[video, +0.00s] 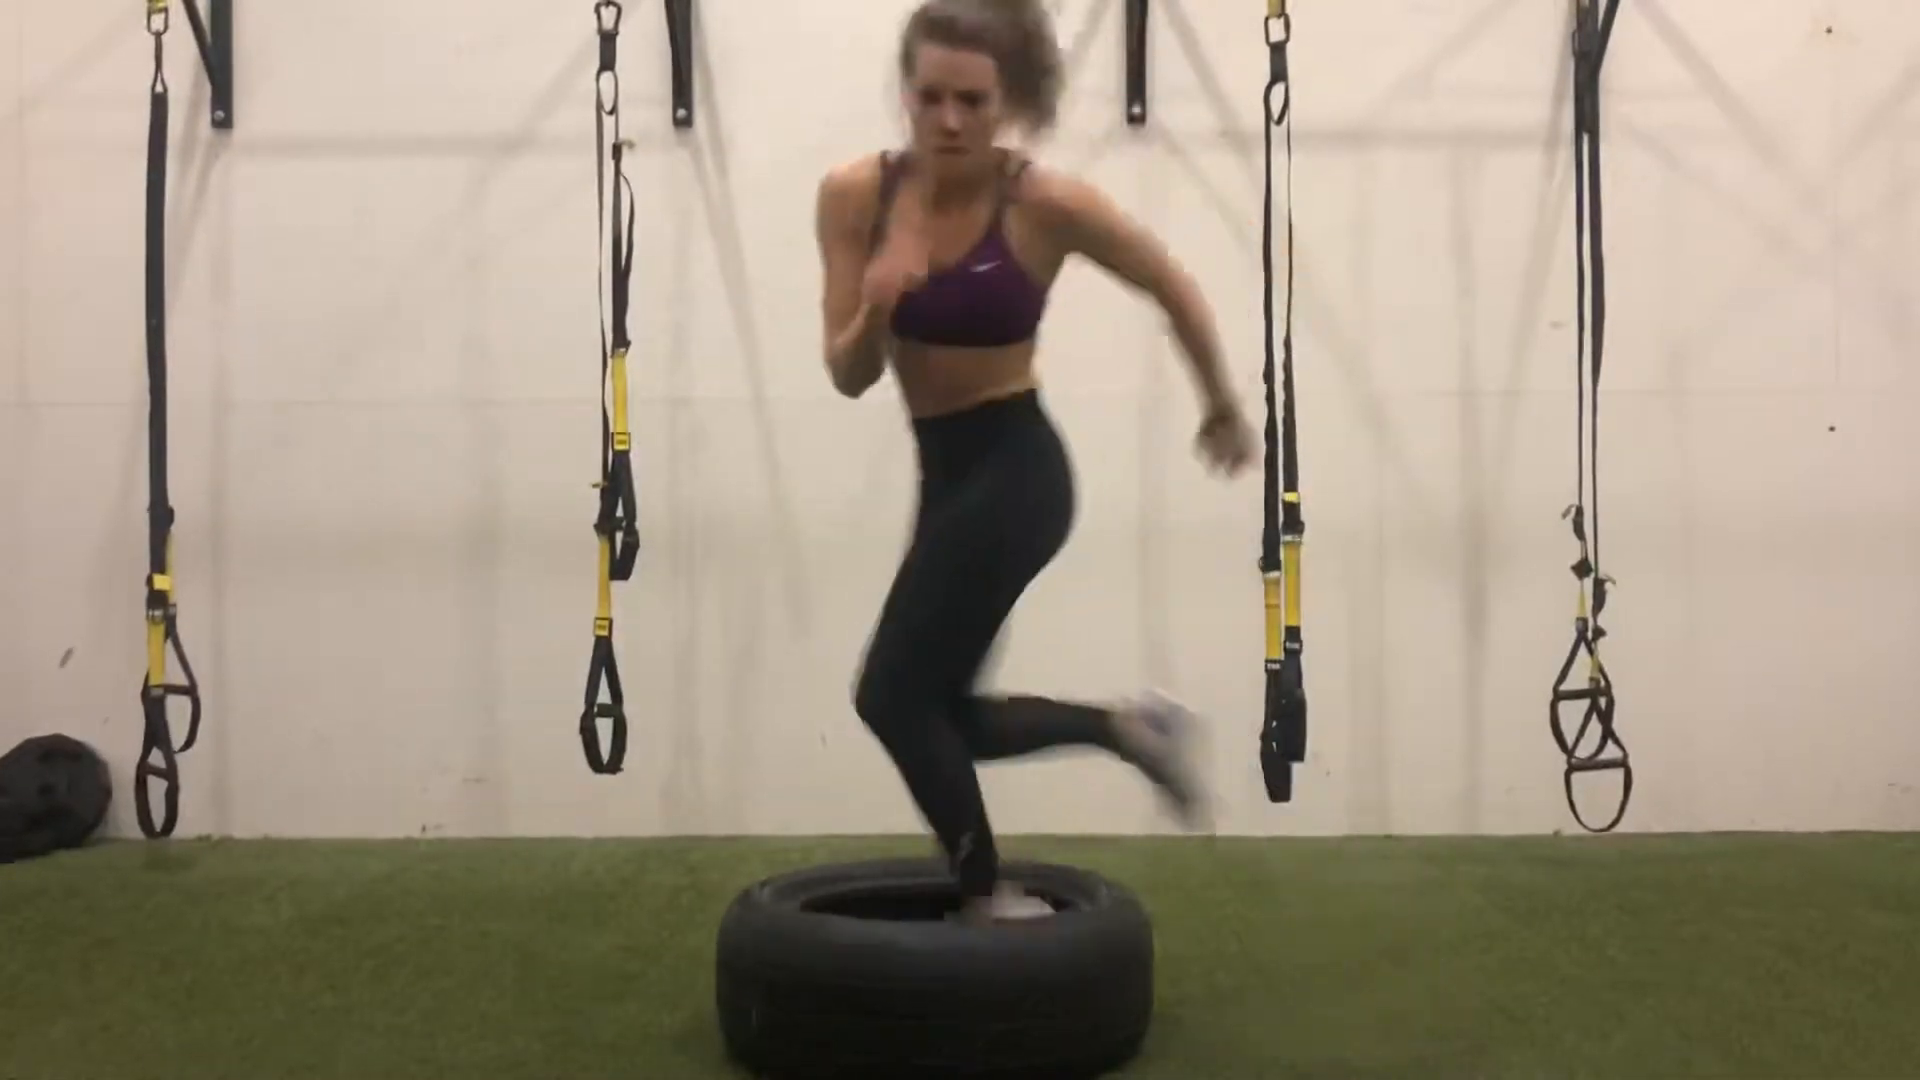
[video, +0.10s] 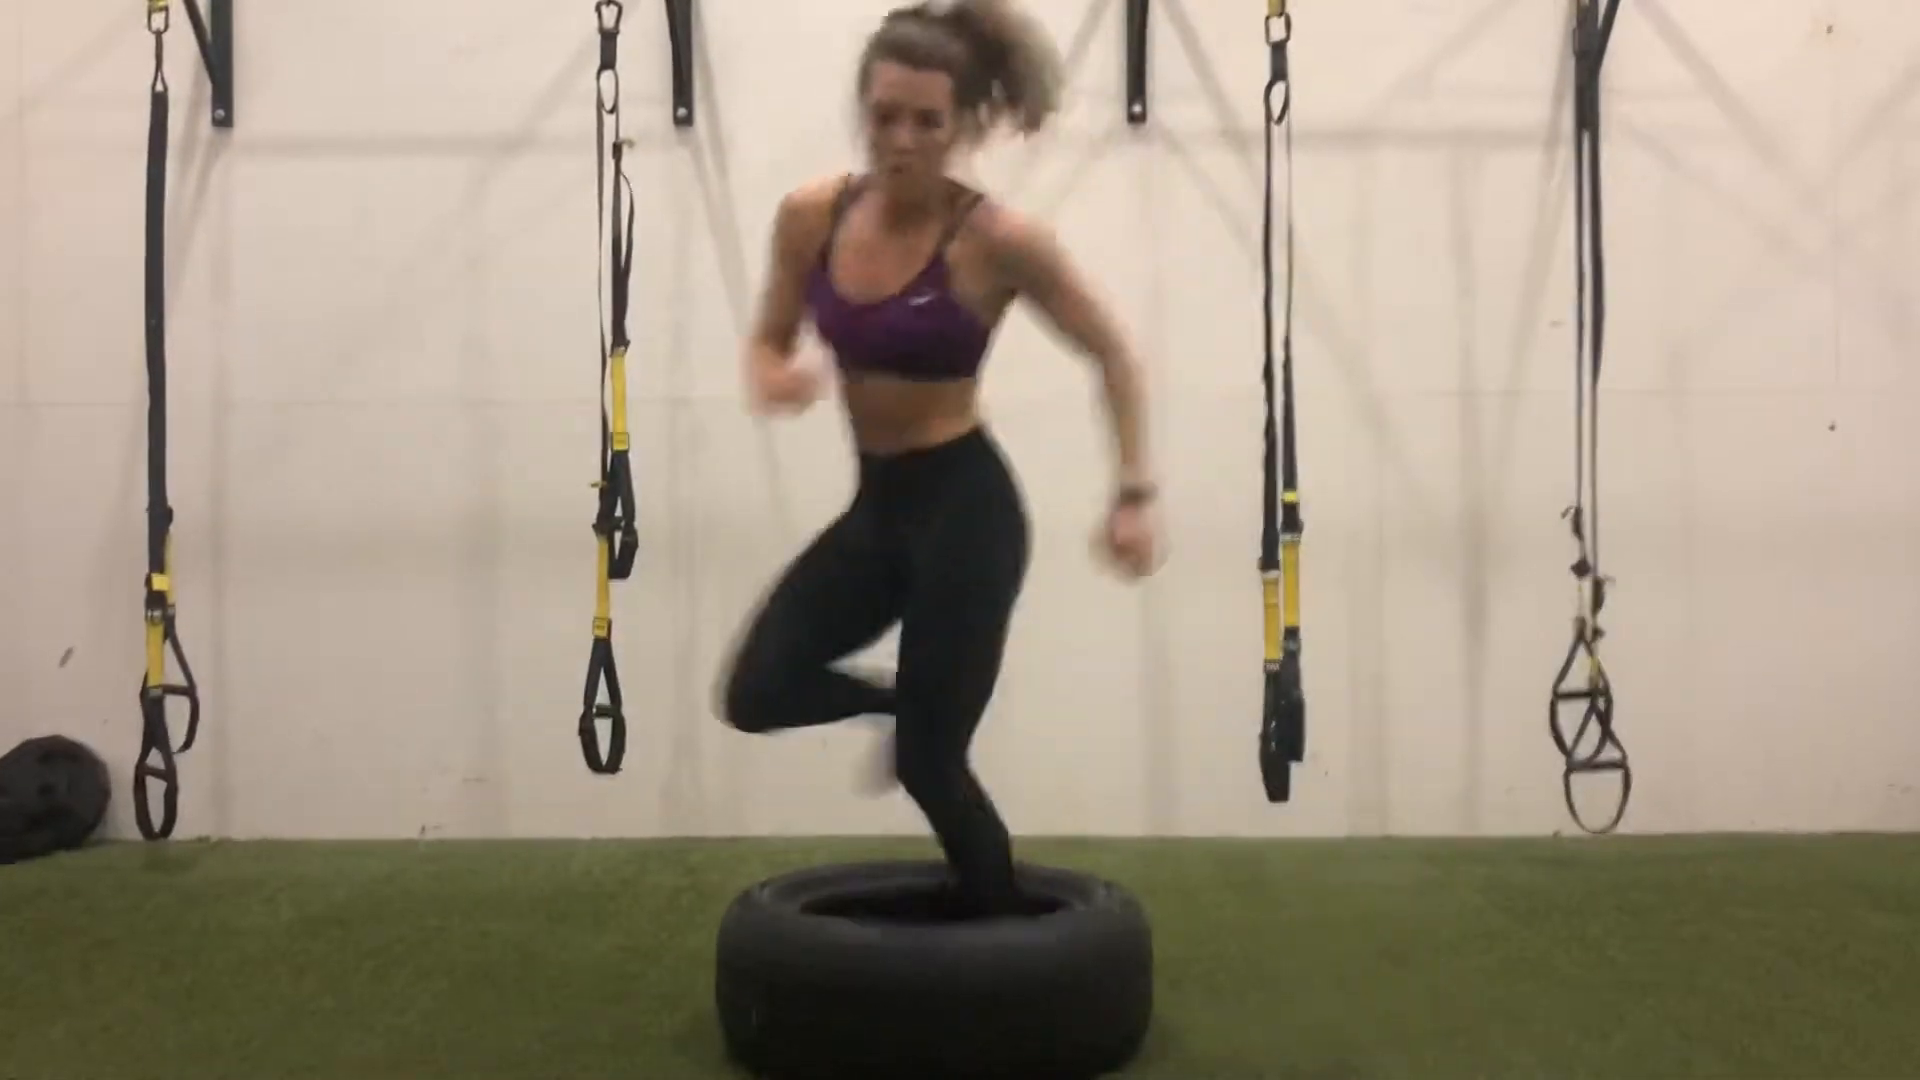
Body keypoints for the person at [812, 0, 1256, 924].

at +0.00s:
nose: (948, 120)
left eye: (971, 101)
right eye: (931, 97)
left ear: (1009, 104)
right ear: (906, 95)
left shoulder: (1048, 206)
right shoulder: (858, 196)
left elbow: (1171, 285)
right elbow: (848, 377)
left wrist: (1223, 405)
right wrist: (876, 311)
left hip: (1018, 473)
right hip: (947, 477)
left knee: (891, 694)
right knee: (940, 722)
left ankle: (983, 902)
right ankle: (1125, 727)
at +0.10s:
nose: (903, 139)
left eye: (927, 120)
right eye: (886, 116)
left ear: (967, 124)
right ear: (862, 111)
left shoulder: (999, 242)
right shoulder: (813, 218)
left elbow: (1115, 353)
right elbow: (768, 341)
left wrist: (1132, 493)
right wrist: (774, 377)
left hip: (966, 511)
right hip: (880, 509)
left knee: (929, 760)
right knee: (756, 697)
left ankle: (1006, 940)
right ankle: (918, 695)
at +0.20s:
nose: (851, 155)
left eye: (875, 136)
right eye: (833, 128)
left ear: (903, 139)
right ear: (798, 119)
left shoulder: (924, 247)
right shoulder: (729, 221)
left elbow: (994, 380)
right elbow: (696, 332)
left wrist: (951, 457)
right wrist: (692, 429)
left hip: (907, 480)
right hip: (810, 484)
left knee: (872, 723)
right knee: (682, 695)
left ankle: (981, 925)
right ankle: (639, 885)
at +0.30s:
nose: (797, 204)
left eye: (822, 188)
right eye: (781, 179)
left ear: (848, 196)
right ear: (747, 170)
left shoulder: (864, 293)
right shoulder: (667, 285)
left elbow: (883, 391)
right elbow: (640, 431)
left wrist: (860, 455)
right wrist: (716, 496)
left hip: (818, 519)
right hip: (710, 525)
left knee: (789, 655)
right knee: (605, 754)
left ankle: (876, 759)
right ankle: (546, 978)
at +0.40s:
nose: (783, 190)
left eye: (807, 171)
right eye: (765, 165)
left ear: (837, 174)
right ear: (734, 160)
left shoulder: (864, 264)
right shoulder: (678, 266)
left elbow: (882, 334)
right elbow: (621, 421)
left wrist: (876, 407)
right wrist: (709, 426)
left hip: (803, 516)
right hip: (694, 512)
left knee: (745, 630)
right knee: (557, 725)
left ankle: (745, 764)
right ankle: (531, 953)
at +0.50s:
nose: (795, 175)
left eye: (817, 156)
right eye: (777, 152)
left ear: (849, 152)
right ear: (745, 142)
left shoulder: (878, 238)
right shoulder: (691, 242)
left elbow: (941, 324)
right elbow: (613, 361)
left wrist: (932, 390)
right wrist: (603, 465)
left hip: (786, 518)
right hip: (676, 498)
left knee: (732, 761)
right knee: (602, 740)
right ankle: (463, 918)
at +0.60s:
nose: (816, 203)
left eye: (837, 182)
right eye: (796, 180)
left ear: (869, 178)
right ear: (766, 173)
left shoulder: (889, 280)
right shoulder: (710, 266)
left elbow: (997, 414)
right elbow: (588, 347)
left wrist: (937, 376)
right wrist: (472, 409)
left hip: (777, 546)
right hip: (689, 521)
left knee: (697, 799)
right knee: (772, 726)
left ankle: (530, 984)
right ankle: (532, 779)